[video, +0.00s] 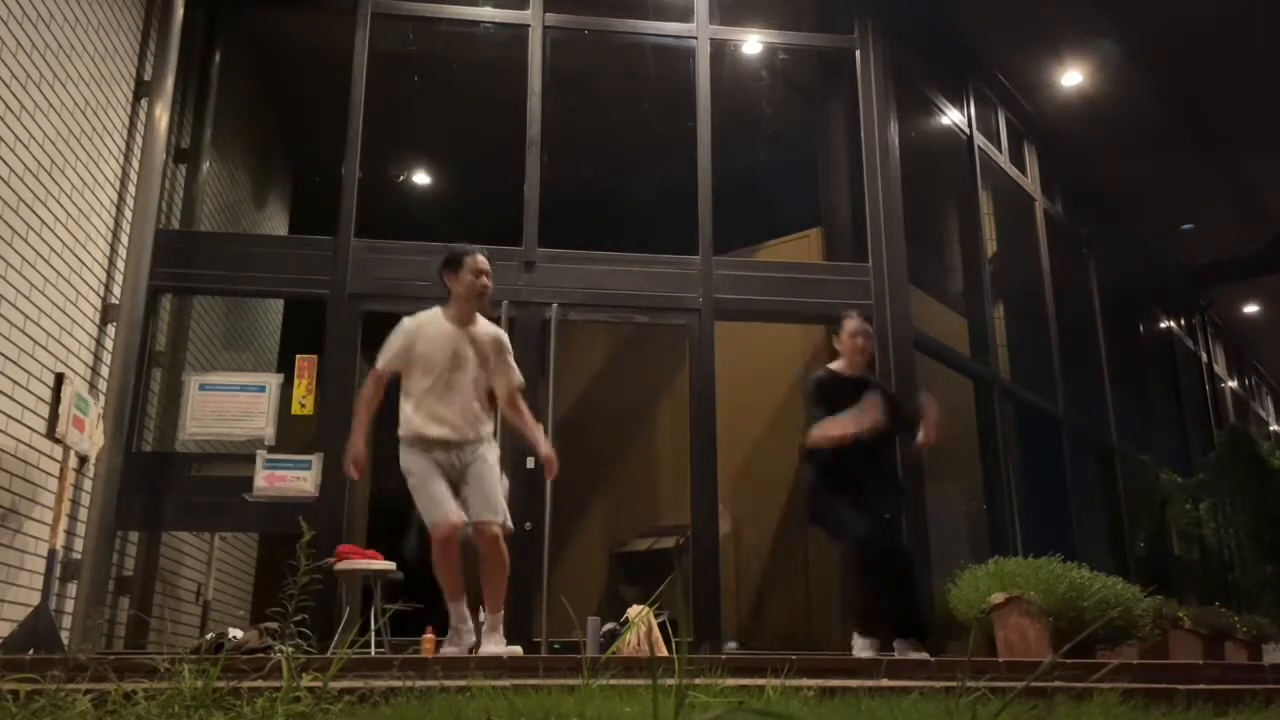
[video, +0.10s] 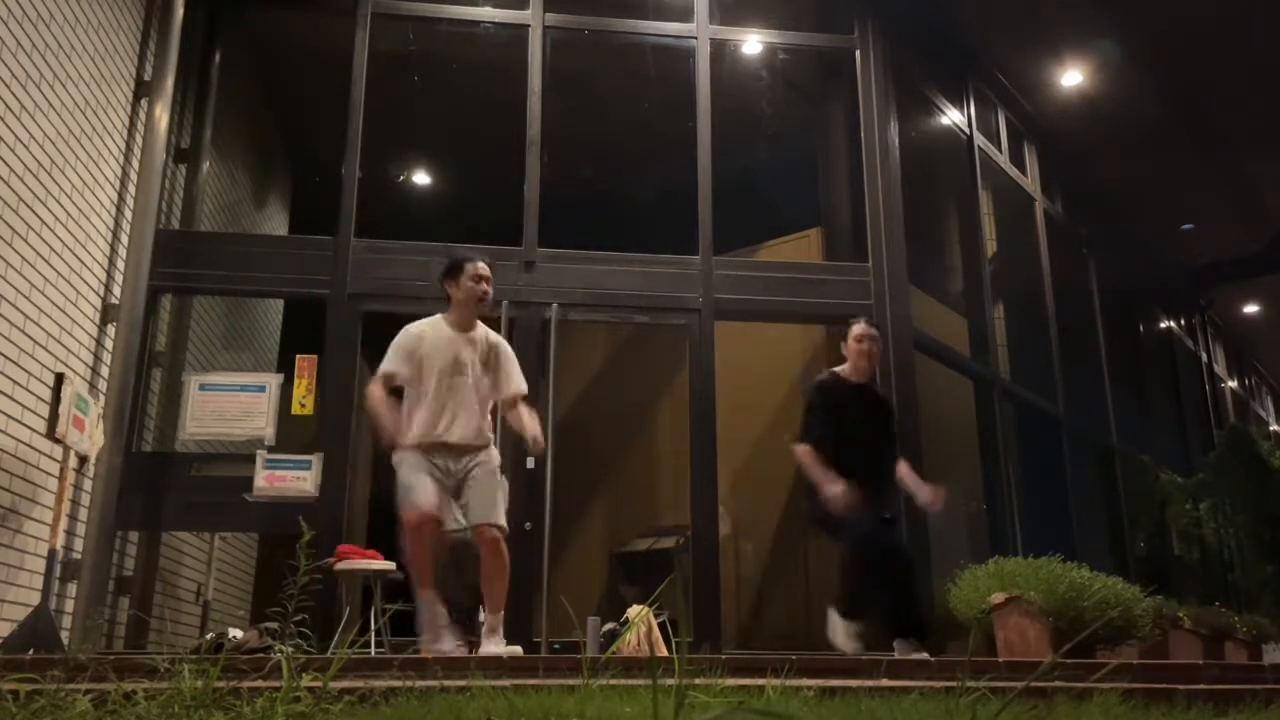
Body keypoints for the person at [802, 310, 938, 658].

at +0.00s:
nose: (863, 343)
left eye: (867, 335)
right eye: (854, 335)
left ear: (874, 341)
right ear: (838, 341)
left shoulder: (877, 385)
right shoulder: (822, 382)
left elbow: (913, 408)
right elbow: (813, 434)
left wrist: (927, 423)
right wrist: (859, 419)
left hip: (879, 486)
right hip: (835, 489)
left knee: (896, 552)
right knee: (866, 545)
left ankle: (905, 637)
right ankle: (864, 633)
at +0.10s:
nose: (867, 346)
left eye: (873, 340)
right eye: (859, 340)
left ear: (880, 349)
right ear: (845, 347)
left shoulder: (881, 401)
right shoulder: (826, 389)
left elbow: (892, 456)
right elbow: (802, 446)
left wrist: (919, 488)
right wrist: (829, 483)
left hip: (877, 492)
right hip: (836, 493)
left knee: (897, 556)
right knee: (867, 540)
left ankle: (905, 639)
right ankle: (845, 615)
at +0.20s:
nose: (851, 330)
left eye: (858, 324)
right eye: (844, 322)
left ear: (868, 334)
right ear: (831, 329)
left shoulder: (872, 384)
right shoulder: (809, 373)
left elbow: (883, 437)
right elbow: (766, 416)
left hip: (862, 478)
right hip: (816, 474)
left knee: (884, 551)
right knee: (831, 520)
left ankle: (904, 637)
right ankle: (801, 599)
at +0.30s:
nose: (828, 310)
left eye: (835, 303)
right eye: (820, 302)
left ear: (845, 310)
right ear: (807, 308)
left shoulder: (853, 360)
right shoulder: (784, 353)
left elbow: (867, 408)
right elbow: (738, 378)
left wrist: (873, 447)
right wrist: (742, 422)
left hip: (839, 456)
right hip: (789, 456)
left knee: (871, 532)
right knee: (788, 515)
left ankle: (889, 626)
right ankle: (755, 608)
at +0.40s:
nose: (801, 309)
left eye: (808, 302)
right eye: (795, 302)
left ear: (819, 309)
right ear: (782, 308)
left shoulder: (834, 357)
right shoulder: (760, 356)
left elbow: (845, 404)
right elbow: (721, 384)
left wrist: (848, 437)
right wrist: (728, 426)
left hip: (820, 459)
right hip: (769, 460)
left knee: (856, 529)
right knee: (755, 534)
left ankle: (845, 612)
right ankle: (722, 625)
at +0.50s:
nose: (777, 328)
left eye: (784, 321)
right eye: (770, 320)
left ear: (795, 329)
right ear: (757, 328)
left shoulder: (812, 376)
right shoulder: (743, 378)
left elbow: (827, 425)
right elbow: (715, 422)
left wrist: (836, 462)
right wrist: (719, 463)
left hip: (804, 479)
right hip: (753, 480)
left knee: (825, 554)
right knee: (734, 558)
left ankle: (799, 620)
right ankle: (711, 638)